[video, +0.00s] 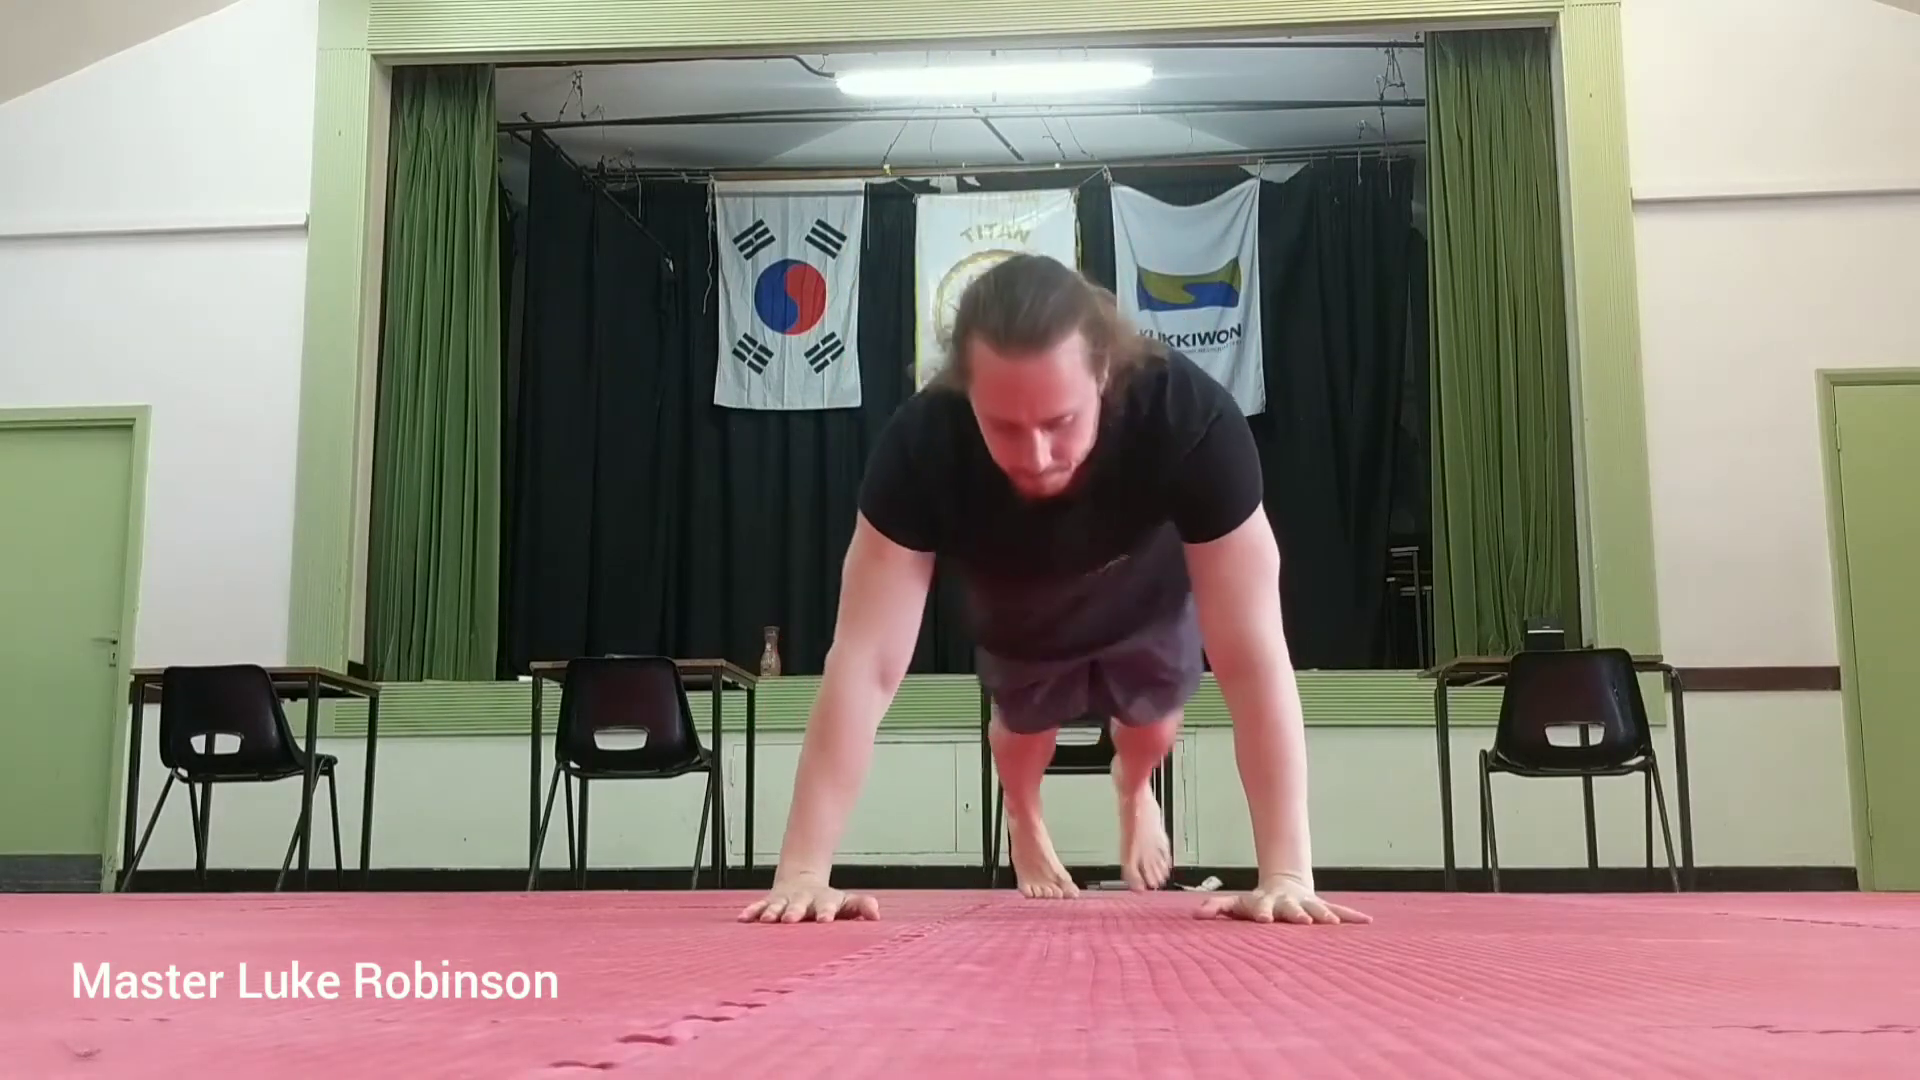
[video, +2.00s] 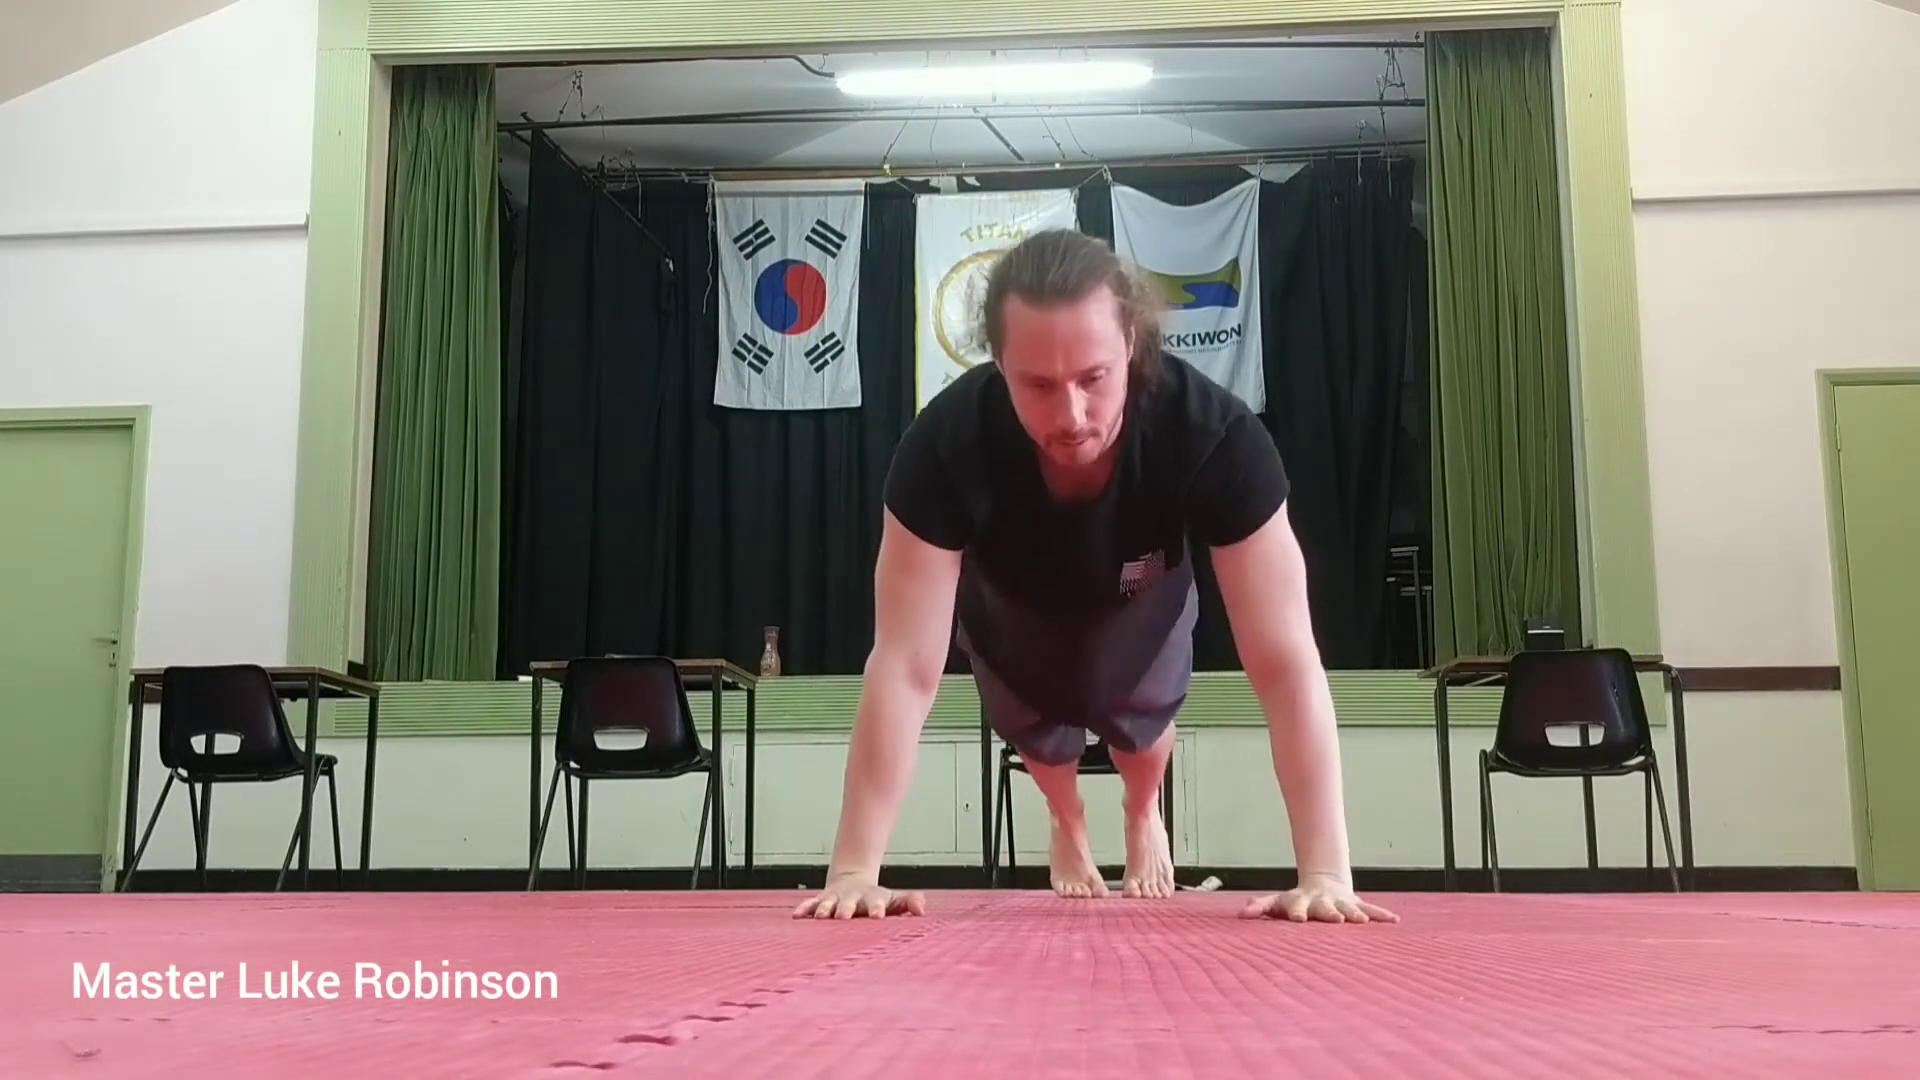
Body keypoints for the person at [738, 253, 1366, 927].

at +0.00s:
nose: (1034, 455)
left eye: (1059, 424)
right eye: (1006, 428)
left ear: (1106, 379)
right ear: (967, 392)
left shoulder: (1189, 423)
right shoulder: (925, 444)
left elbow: (1255, 657)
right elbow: (865, 668)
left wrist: (1286, 874)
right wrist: (802, 868)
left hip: (1151, 605)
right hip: (1018, 618)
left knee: (1151, 729)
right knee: (1026, 735)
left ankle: (1136, 795)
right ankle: (1025, 823)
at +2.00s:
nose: (1073, 415)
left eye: (1093, 379)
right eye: (1039, 387)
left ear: (1131, 348)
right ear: (1000, 365)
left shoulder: (1215, 442)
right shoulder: (946, 450)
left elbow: (1285, 664)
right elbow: (904, 664)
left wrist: (1325, 873)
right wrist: (854, 866)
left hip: (1145, 620)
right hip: (1016, 632)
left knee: (1142, 732)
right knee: (1045, 746)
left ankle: (1142, 825)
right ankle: (1067, 831)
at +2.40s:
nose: (1078, 469)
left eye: (1102, 435)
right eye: (1050, 441)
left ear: (1145, 403)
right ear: (1008, 416)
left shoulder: (1226, 481)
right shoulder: (955, 492)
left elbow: (1325, 688)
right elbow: (868, 688)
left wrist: (1331, 875)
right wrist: (850, 876)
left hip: (1165, 669)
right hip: (1032, 678)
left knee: (1152, 760)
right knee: (1066, 767)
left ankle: (1144, 813)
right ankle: (1087, 817)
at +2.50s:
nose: (1082, 617)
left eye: (1103, 582)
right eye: (1051, 587)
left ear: (1147, 544)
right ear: (1010, 557)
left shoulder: (1228, 571)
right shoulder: (958, 591)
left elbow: (1356, 713)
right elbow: (822, 721)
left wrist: (1334, 870)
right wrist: (846, 874)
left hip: (1164, 751)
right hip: (1042, 767)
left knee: (1156, 789)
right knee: (1071, 808)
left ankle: (1148, 829)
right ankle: (1082, 840)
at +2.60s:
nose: (1076, 702)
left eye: (1101, 669)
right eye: (1048, 674)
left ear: (1149, 629)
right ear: (1003, 642)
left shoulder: (1236, 643)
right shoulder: (948, 664)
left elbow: (1375, 715)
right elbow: (808, 723)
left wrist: (1336, 875)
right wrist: (844, 875)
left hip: (1165, 789)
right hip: (1031, 802)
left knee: (1153, 820)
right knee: (1060, 836)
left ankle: (1150, 850)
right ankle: (1079, 858)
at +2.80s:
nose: (1070, 810)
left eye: (1095, 776)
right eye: (1038, 780)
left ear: (1144, 737)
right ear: (995, 745)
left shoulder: (1227, 730)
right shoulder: (937, 748)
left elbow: (1380, 702)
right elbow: (798, 713)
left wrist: (1334, 876)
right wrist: (840, 873)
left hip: (1153, 860)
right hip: (1005, 867)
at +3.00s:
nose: (1077, 750)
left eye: (1102, 714)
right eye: (1044, 716)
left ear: (1147, 680)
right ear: (999, 686)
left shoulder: (1229, 697)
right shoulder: (946, 705)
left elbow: (1380, 711)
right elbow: (800, 719)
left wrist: (1333, 875)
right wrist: (843, 872)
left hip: (1152, 844)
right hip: (1024, 858)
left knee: (1152, 872)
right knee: (1049, 887)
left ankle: (1157, 877)